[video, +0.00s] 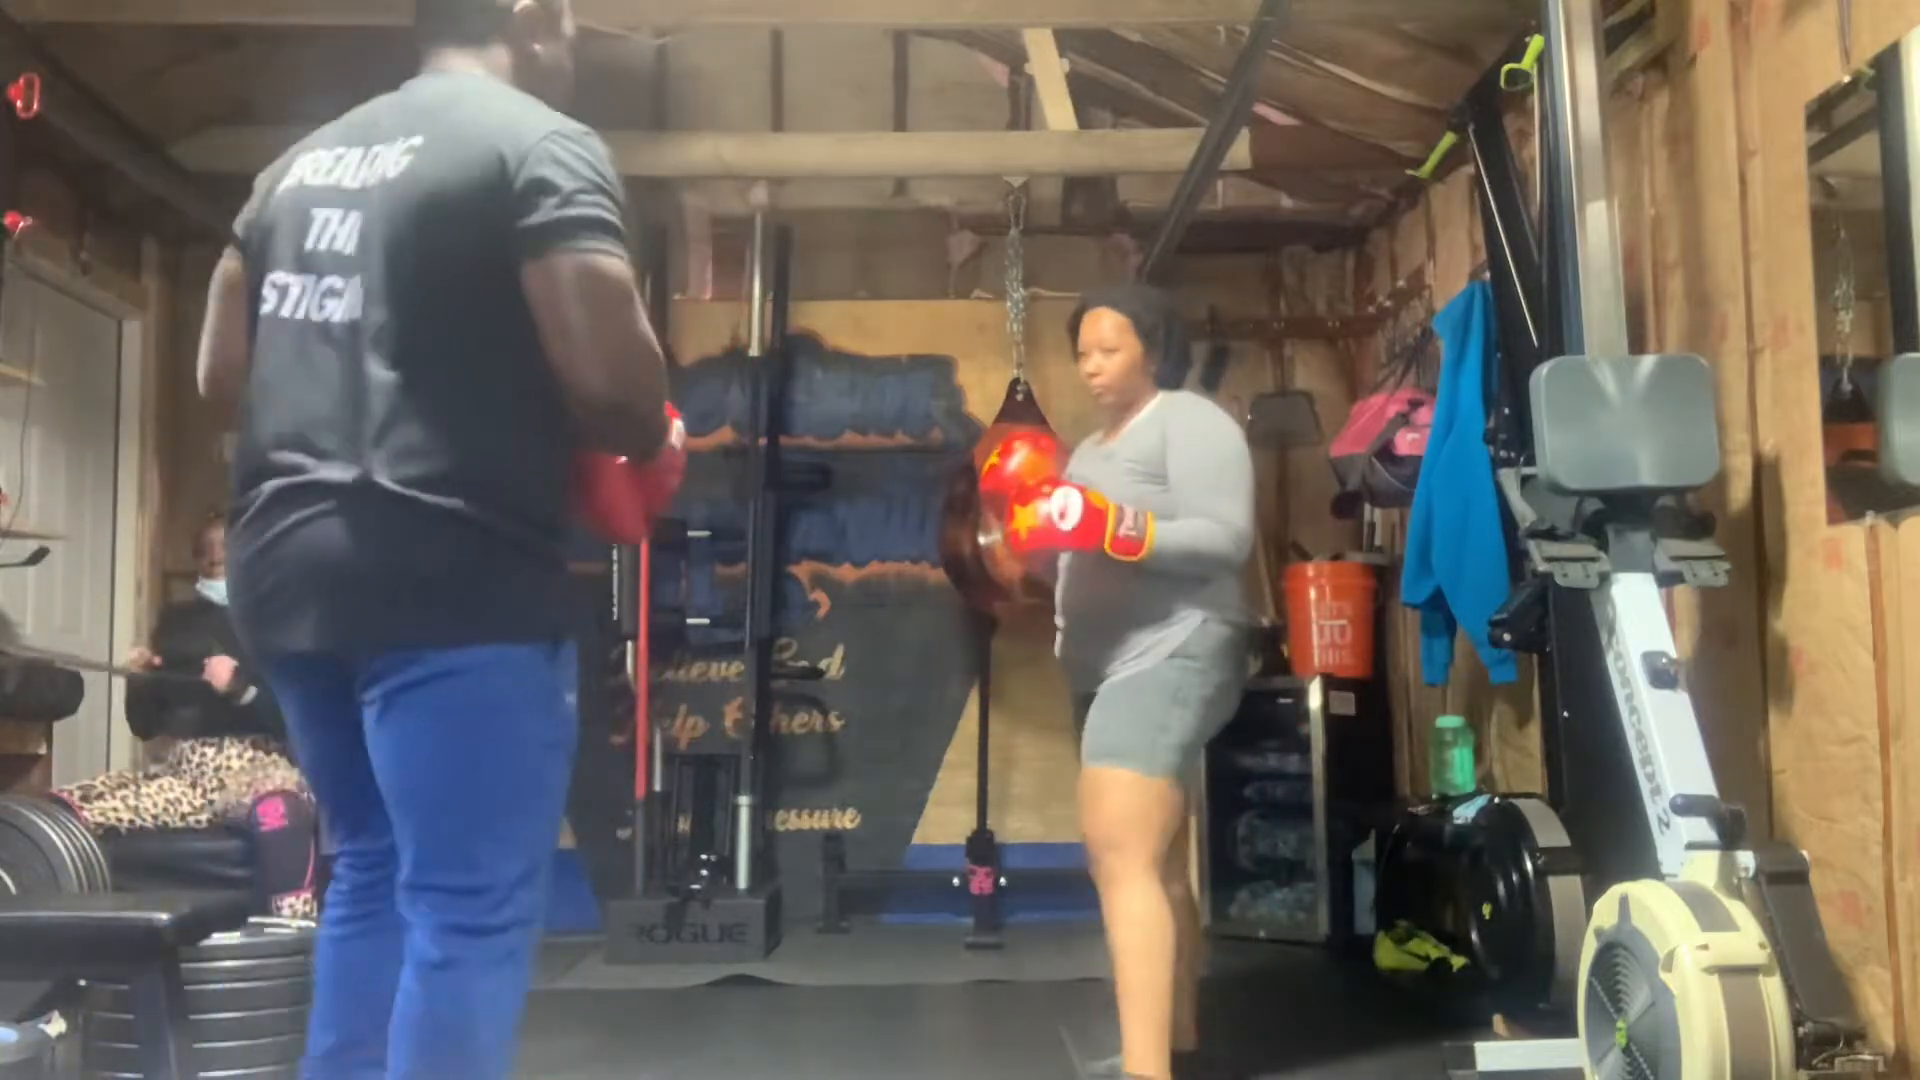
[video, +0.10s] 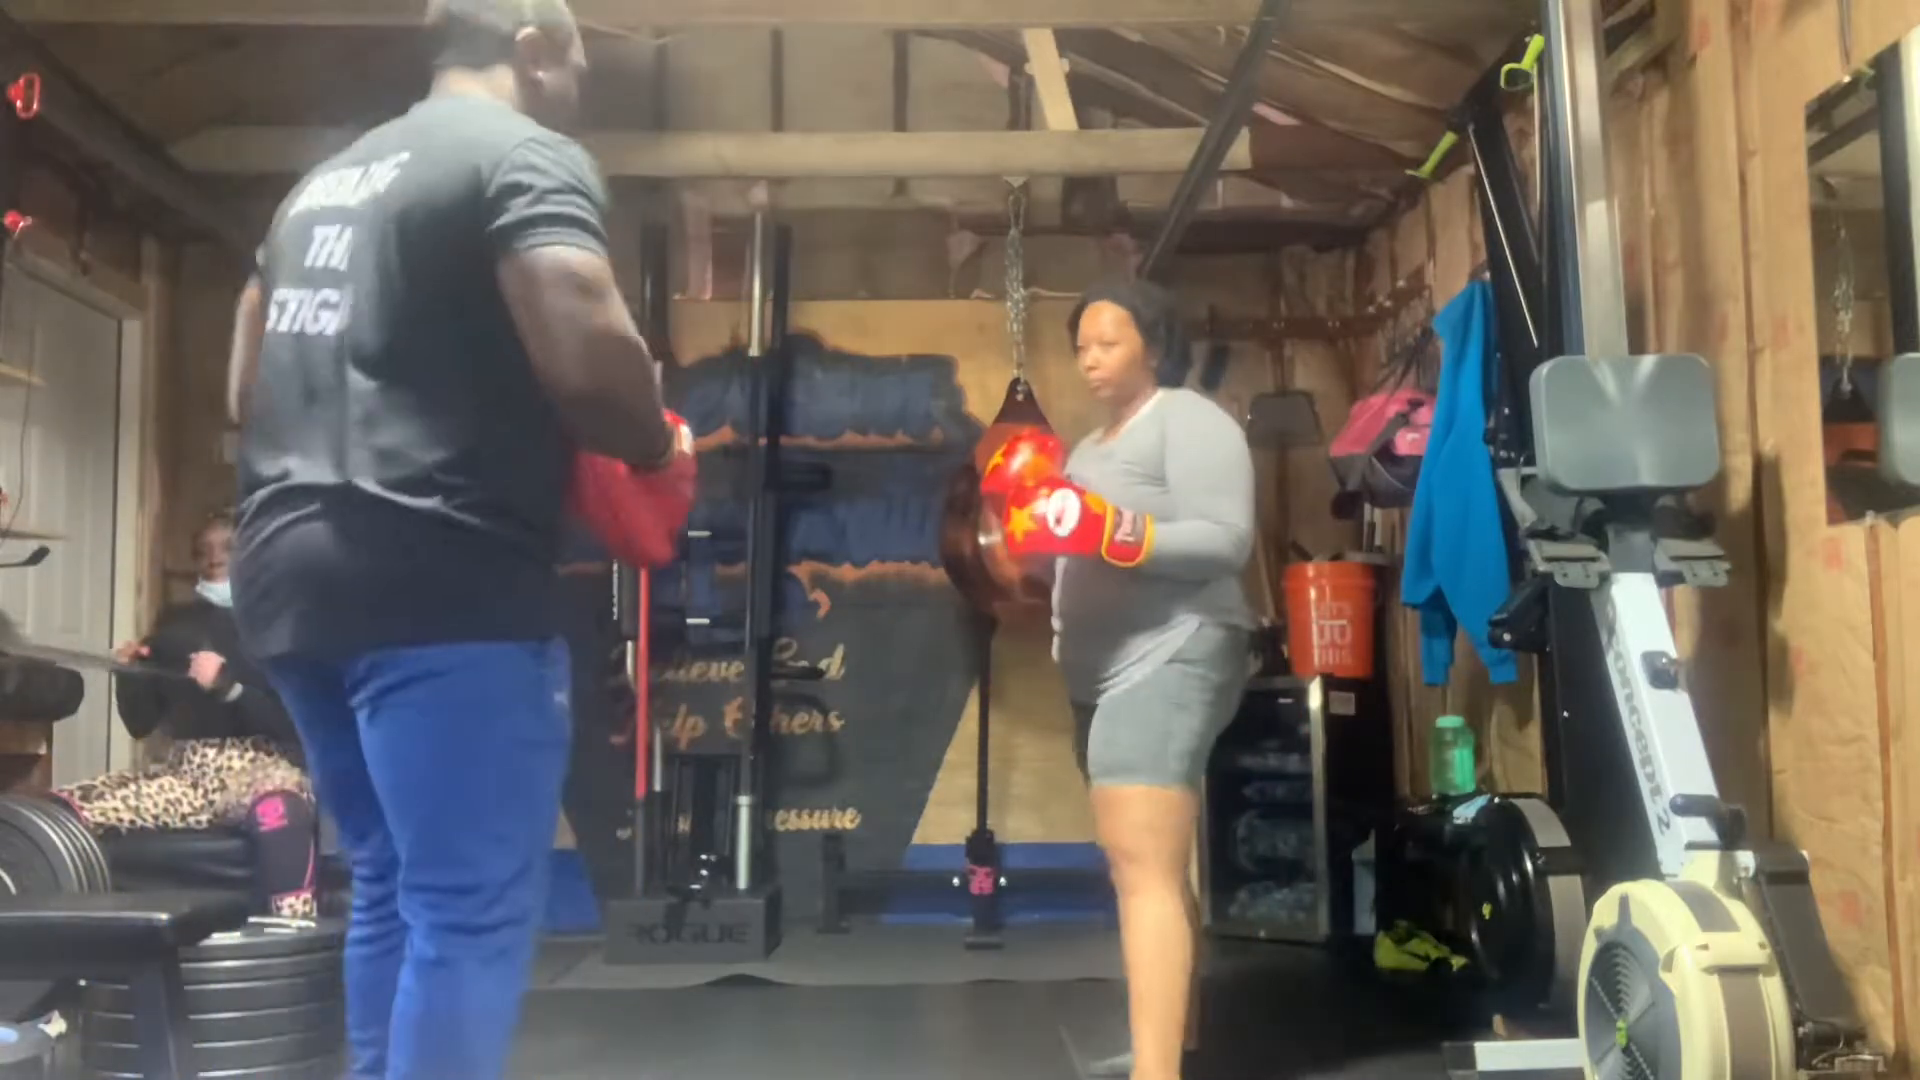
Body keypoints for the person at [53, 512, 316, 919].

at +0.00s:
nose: (218, 567)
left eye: (226, 557)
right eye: (210, 558)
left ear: (244, 559)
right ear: (198, 562)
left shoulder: (270, 615)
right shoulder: (178, 619)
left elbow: (294, 718)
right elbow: (146, 726)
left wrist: (243, 688)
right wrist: (139, 680)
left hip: (258, 763)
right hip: (178, 766)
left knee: (282, 810)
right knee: (62, 808)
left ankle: (292, 932)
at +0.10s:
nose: (215, 560)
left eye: (226, 551)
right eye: (206, 552)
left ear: (247, 555)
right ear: (197, 559)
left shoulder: (275, 614)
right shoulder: (180, 621)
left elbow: (294, 724)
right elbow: (141, 723)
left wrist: (229, 685)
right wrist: (130, 672)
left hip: (263, 767)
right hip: (185, 771)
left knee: (281, 811)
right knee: (61, 810)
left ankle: (294, 942)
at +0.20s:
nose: (214, 559)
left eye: (224, 549)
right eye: (205, 550)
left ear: (243, 554)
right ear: (195, 557)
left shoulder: (268, 612)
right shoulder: (176, 617)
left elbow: (276, 703)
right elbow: (121, 708)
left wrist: (206, 669)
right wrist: (126, 662)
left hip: (259, 767)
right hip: (180, 770)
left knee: (283, 811)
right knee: (60, 811)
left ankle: (295, 941)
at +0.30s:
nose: (218, 561)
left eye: (226, 551)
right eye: (209, 552)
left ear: (243, 553)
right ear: (198, 558)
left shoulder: (264, 610)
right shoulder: (168, 613)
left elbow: (272, 690)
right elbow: (110, 695)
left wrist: (193, 663)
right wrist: (113, 654)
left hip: (255, 767)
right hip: (178, 770)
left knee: (282, 811)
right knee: (59, 811)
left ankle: (294, 943)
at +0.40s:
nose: (217, 560)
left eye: (228, 549)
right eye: (209, 550)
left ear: (248, 554)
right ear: (199, 555)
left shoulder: (267, 611)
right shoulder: (170, 617)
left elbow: (270, 689)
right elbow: (108, 695)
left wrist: (187, 664)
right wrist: (111, 657)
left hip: (258, 765)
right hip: (180, 770)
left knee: (282, 810)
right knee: (62, 810)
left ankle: (295, 942)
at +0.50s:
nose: (223, 561)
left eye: (232, 550)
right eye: (215, 551)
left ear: (249, 555)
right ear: (202, 556)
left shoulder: (267, 614)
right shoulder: (173, 621)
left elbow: (274, 692)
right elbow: (117, 703)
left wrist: (195, 669)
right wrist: (108, 669)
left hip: (258, 766)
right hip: (177, 770)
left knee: (282, 811)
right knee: (60, 810)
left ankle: (294, 941)